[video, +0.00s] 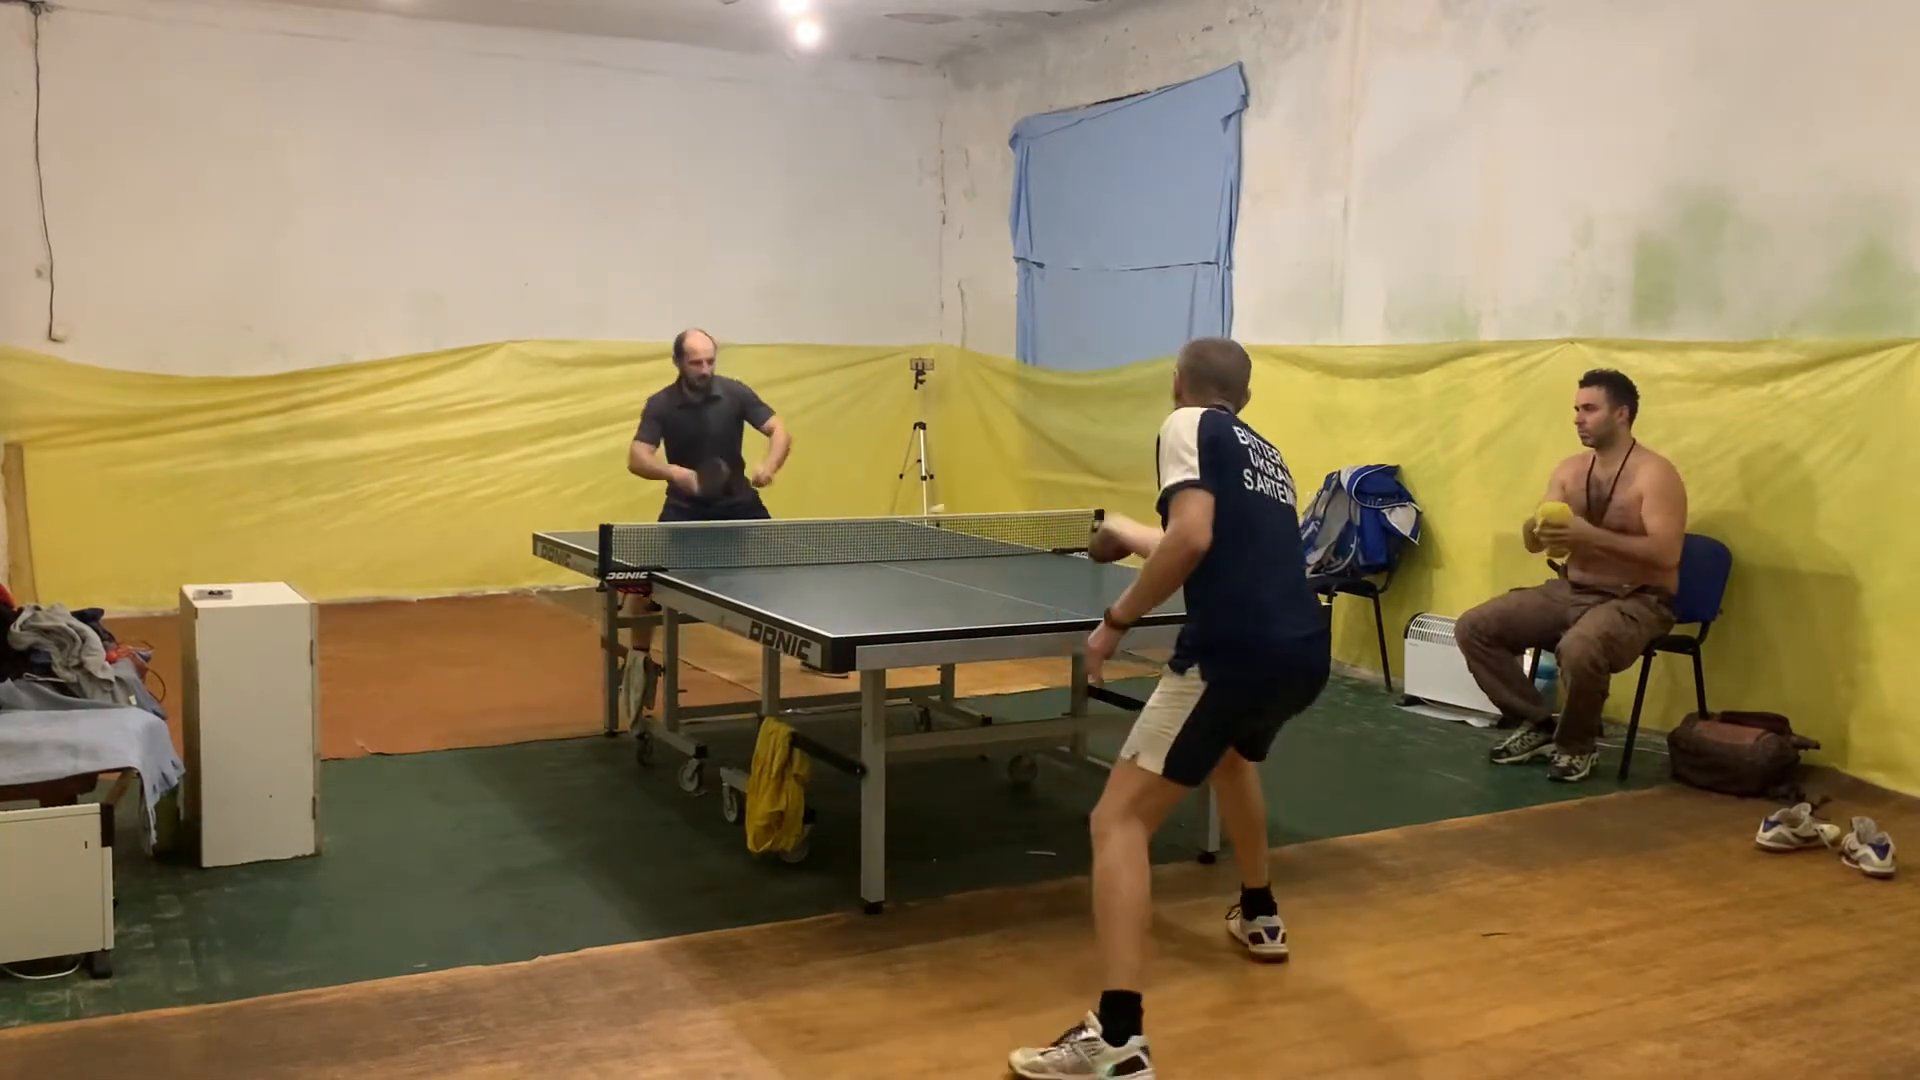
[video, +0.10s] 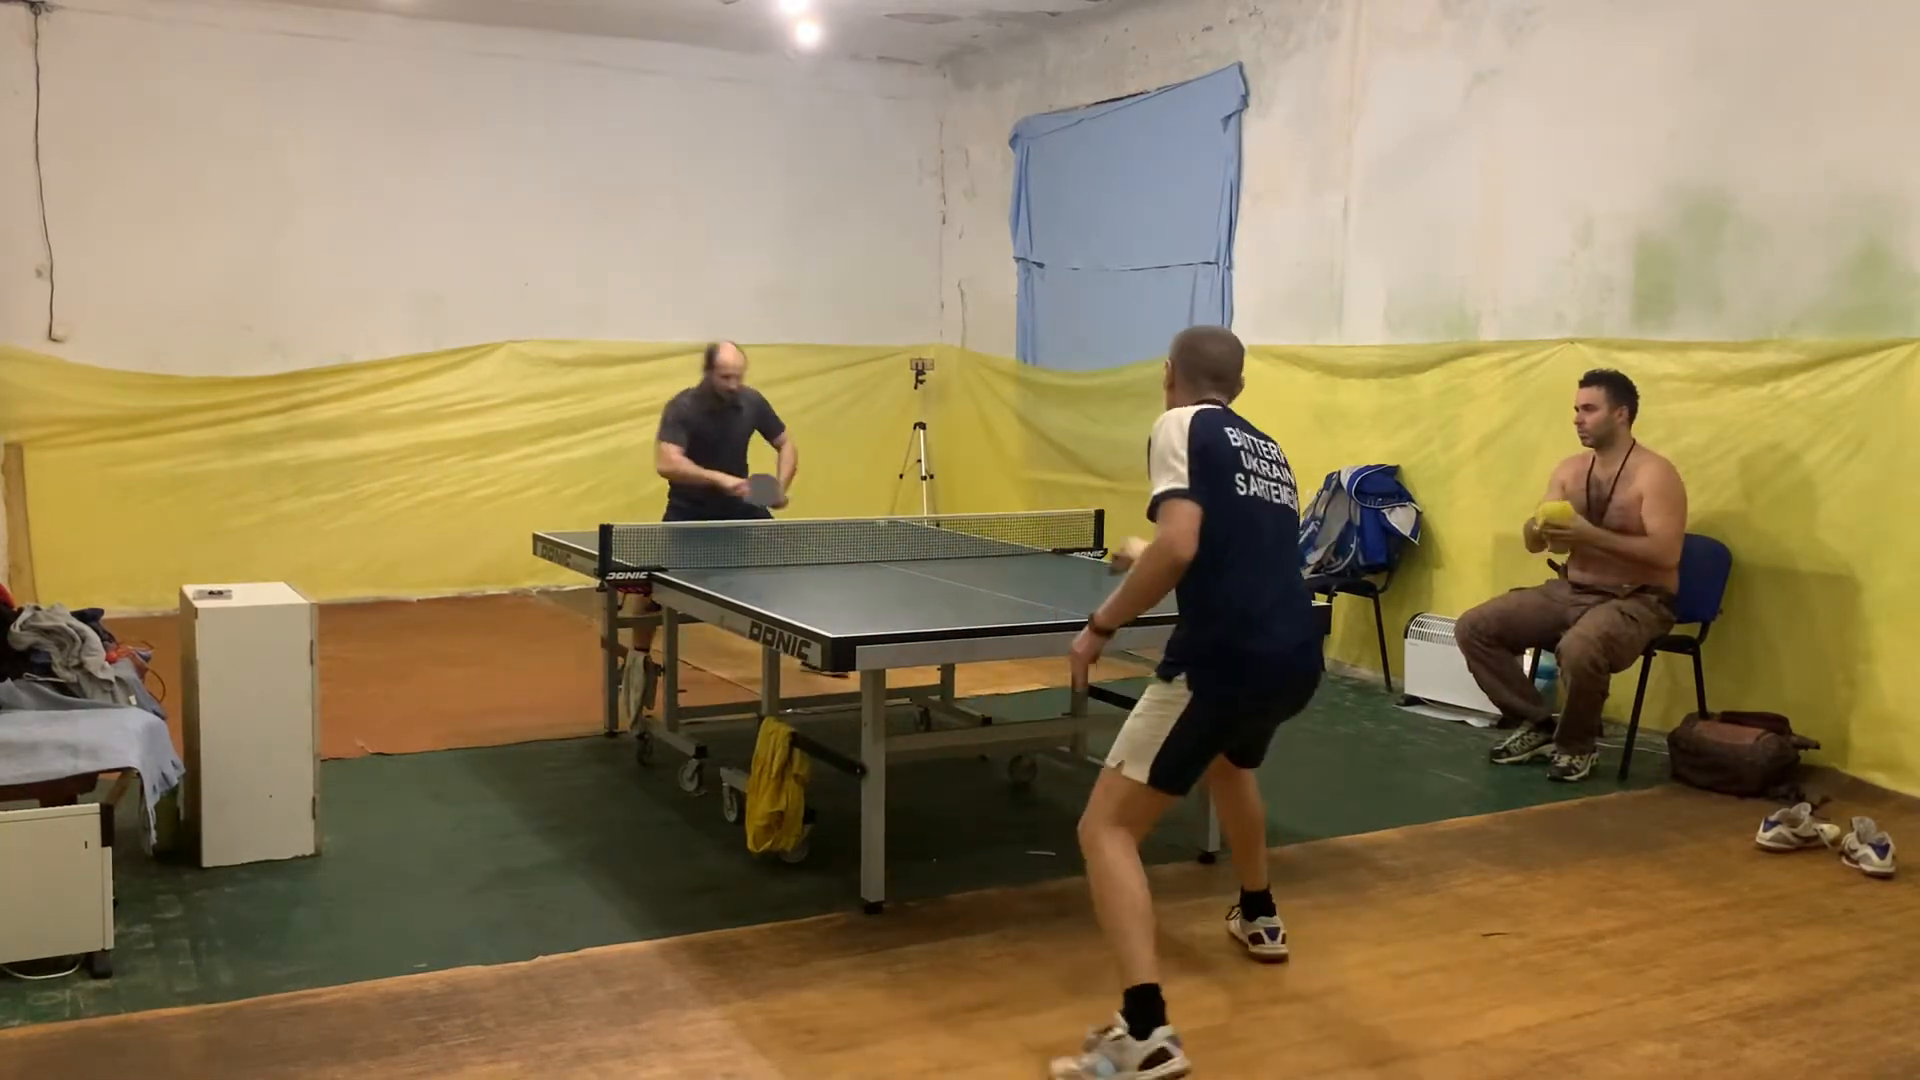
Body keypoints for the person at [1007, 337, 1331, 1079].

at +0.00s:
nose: (1172, 397)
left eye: (1174, 387)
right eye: (1177, 386)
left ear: (1181, 387)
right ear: (1244, 395)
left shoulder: (1188, 426)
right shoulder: (1264, 454)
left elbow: (1189, 534)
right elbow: (1232, 555)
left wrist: (1115, 622)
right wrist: (1132, 539)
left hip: (1229, 653)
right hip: (1304, 653)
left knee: (1118, 820)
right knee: (1232, 753)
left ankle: (1117, 1031)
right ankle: (1260, 914)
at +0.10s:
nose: (1162, 386)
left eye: (1164, 375)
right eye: (1170, 375)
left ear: (1172, 378)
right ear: (1235, 386)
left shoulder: (1179, 425)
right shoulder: (1269, 448)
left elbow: (1179, 543)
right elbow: (1263, 555)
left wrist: (1101, 625)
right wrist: (1155, 560)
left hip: (1217, 660)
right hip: (1293, 656)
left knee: (1106, 826)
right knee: (1231, 763)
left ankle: (1144, 1025)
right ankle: (1260, 916)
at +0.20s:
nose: (1152, 371)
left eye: (1154, 360)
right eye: (1160, 361)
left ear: (1163, 363)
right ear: (1229, 371)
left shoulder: (1155, 417)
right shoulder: (1270, 438)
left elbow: (1143, 542)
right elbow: (1279, 547)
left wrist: (1078, 622)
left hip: (1193, 661)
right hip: (1279, 655)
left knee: (1111, 845)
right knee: (1238, 770)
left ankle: (1164, 1044)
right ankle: (1262, 918)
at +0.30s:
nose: (1146, 348)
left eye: (1148, 338)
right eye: (1158, 338)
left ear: (1156, 339)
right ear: (1226, 348)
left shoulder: (1139, 396)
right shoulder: (1270, 420)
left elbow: (1107, 520)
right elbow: (1284, 534)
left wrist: (1061, 599)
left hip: (1174, 652)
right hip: (1269, 645)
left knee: (1110, 839)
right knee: (1265, 769)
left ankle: (1166, 1053)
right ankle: (1284, 930)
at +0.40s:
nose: (1142, 338)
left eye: (1144, 327)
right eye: (1148, 327)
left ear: (1153, 327)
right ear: (1224, 334)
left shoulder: (1138, 378)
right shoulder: (1273, 404)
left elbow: (1108, 500)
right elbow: (1282, 520)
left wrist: (1058, 580)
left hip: (1179, 640)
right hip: (1278, 636)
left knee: (1087, 812)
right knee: (1280, 782)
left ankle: (1132, 1036)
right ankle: (1345, 957)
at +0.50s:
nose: (1129, 352)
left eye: (1130, 341)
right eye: (1138, 341)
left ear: (1141, 342)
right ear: (1210, 348)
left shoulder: (1134, 394)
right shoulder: (1270, 418)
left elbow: (1114, 520)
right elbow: (1284, 536)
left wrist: (1052, 590)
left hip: (1189, 652)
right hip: (1292, 649)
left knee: (1084, 826)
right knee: (1302, 822)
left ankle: (1056, 1048)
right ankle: (1400, 999)